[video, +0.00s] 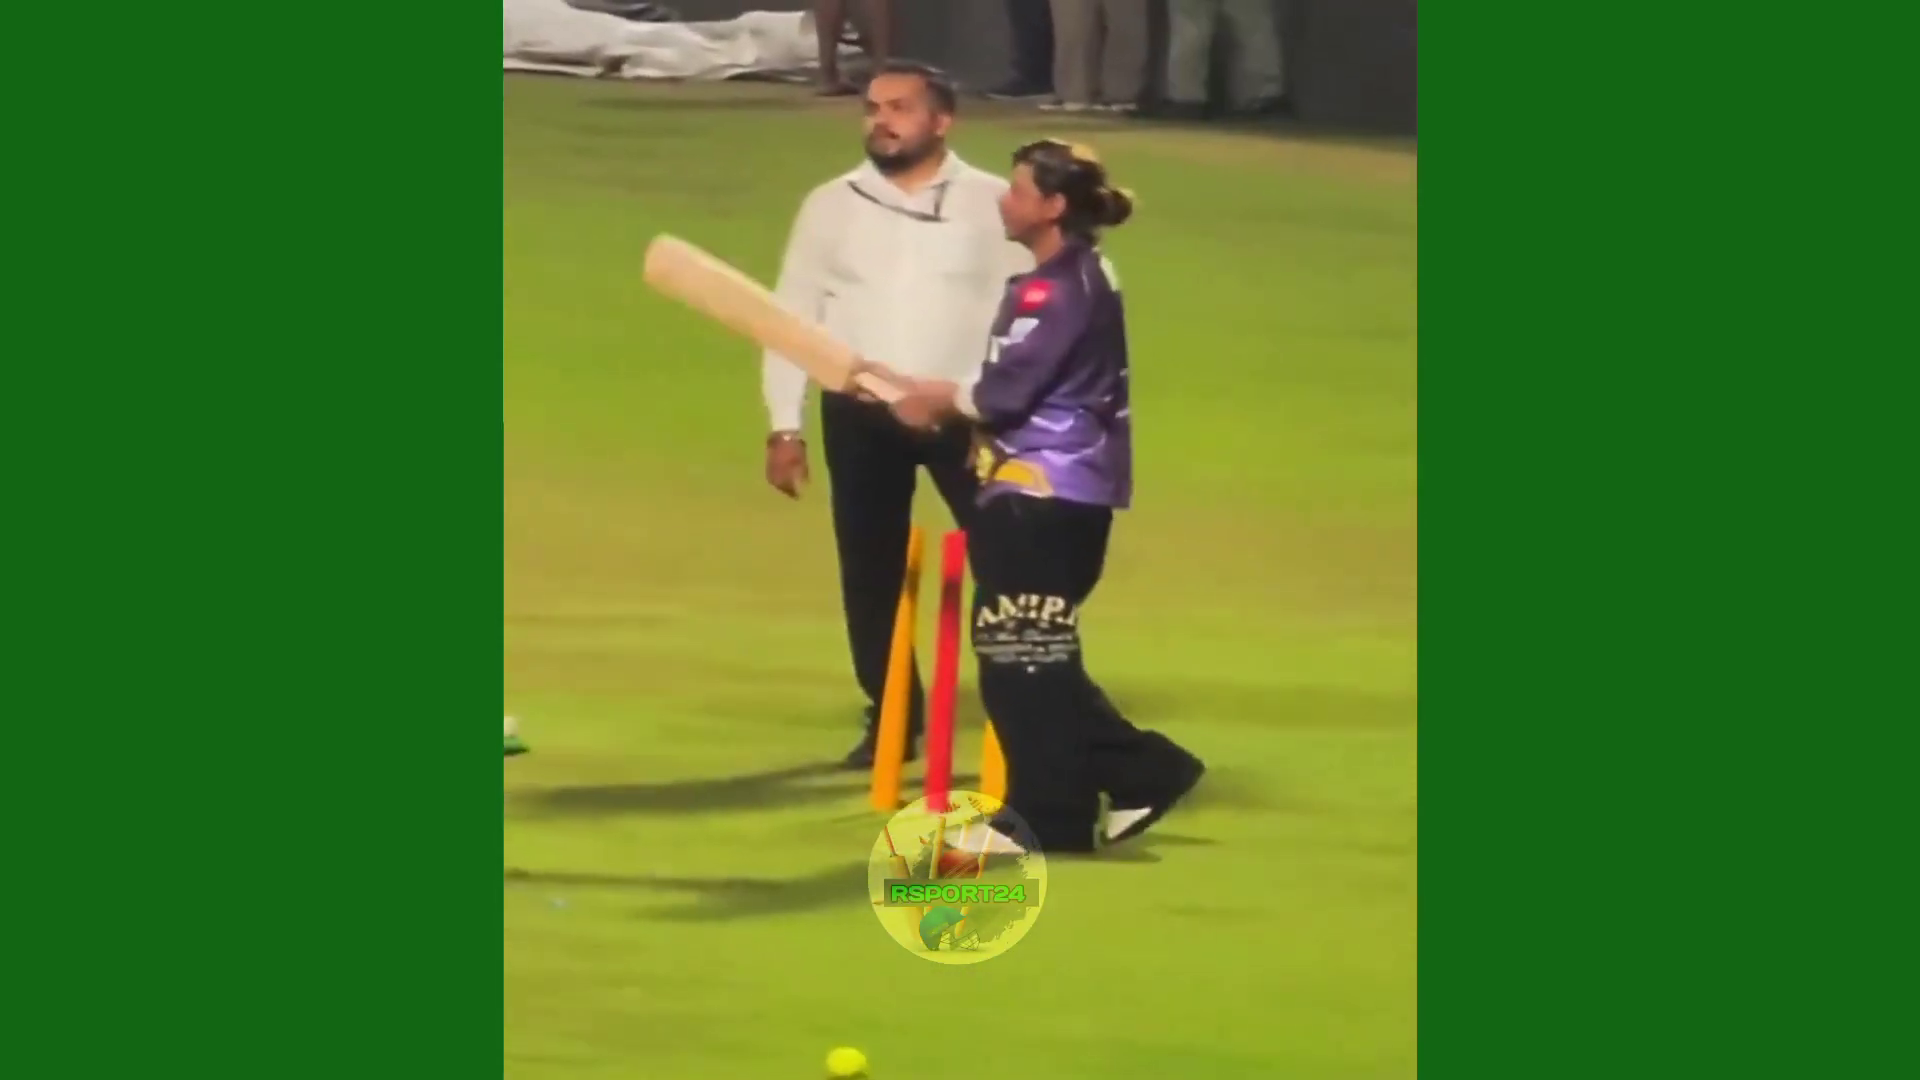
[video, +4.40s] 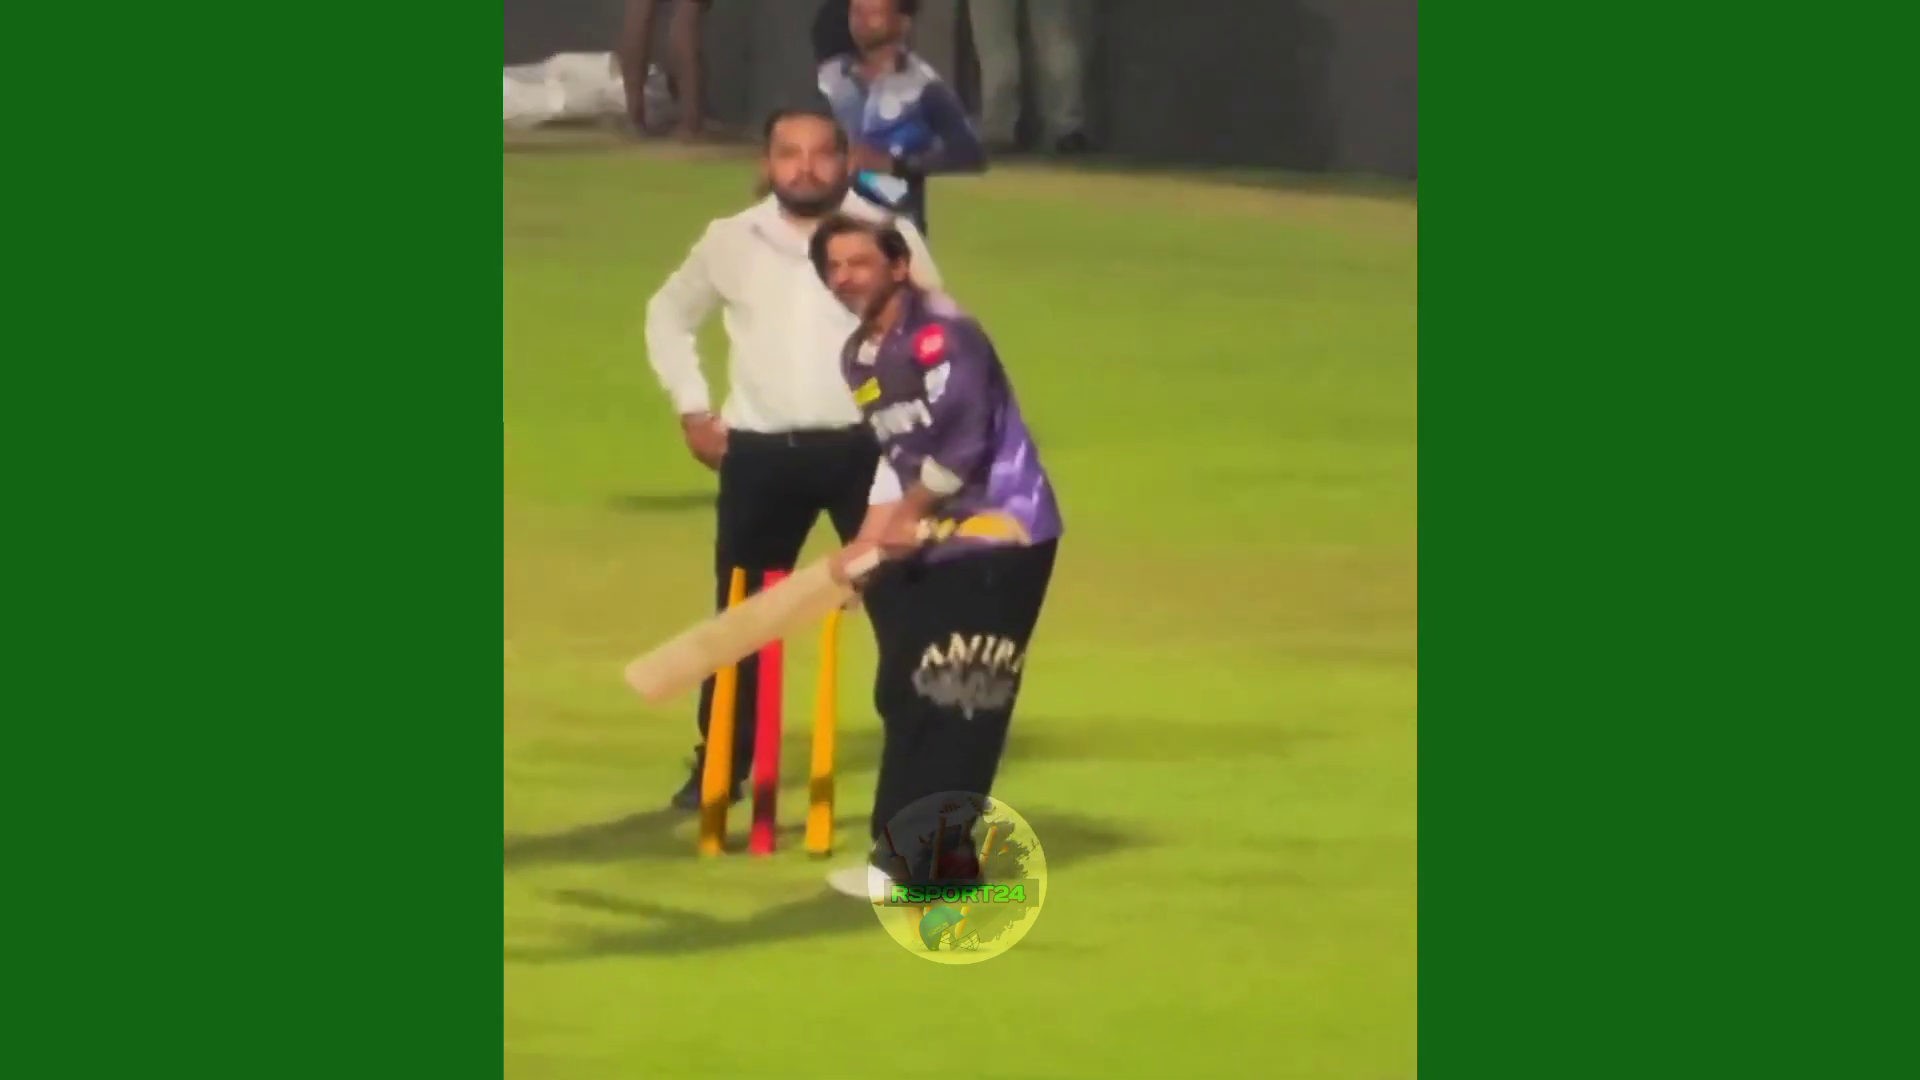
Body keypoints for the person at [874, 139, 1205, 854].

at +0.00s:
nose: (1003, 197)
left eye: (1016, 189)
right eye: (1009, 186)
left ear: (1052, 206)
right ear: (1058, 206)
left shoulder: (1056, 290)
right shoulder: (1077, 277)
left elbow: (1003, 397)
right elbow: (1016, 397)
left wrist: (941, 398)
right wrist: (942, 406)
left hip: (1044, 493)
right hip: (1059, 490)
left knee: (1021, 658)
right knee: (1029, 654)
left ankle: (1047, 819)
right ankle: (1143, 772)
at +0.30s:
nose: (965, 188)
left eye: (981, 180)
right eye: (968, 176)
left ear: (1026, 197)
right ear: (1005, 195)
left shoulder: (1036, 276)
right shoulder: (994, 270)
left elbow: (996, 387)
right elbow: (978, 380)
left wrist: (916, 403)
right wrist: (908, 386)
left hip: (1015, 484)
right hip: (983, 478)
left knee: (967, 642)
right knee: (968, 640)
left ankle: (1020, 804)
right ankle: (1046, 786)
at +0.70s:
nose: (910, 167)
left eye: (926, 157)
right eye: (910, 155)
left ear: (973, 172)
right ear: (913, 169)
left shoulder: (989, 255)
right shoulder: (923, 251)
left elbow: (976, 363)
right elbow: (912, 351)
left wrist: (873, 378)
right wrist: (860, 351)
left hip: (950, 463)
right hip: (906, 456)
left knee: (940, 629)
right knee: (892, 622)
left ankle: (976, 792)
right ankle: (934, 782)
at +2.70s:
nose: (922, 153)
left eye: (938, 141)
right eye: (918, 141)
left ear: (984, 148)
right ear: (917, 150)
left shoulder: (1015, 224)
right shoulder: (942, 231)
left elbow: (996, 347)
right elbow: (952, 348)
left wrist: (930, 418)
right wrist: (908, 416)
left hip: (1023, 438)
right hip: (975, 435)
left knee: (990, 602)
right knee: (959, 597)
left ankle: (989, 764)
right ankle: (974, 754)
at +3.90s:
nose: (863, 242)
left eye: (877, 227)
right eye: (854, 230)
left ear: (918, 229)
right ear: (846, 239)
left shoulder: (969, 309)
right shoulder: (881, 324)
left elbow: (969, 434)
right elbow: (916, 435)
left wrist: (922, 516)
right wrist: (897, 529)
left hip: (1013, 508)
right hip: (955, 509)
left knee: (977, 669)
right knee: (930, 667)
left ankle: (953, 830)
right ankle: (928, 822)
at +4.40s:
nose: (845, 278)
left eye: (859, 263)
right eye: (834, 267)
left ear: (897, 266)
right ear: (826, 277)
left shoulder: (949, 337)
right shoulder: (859, 358)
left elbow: (969, 442)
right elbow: (899, 459)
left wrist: (908, 509)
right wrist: (871, 540)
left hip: (1000, 536)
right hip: (934, 537)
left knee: (957, 698)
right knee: (908, 693)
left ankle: (928, 859)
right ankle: (899, 852)